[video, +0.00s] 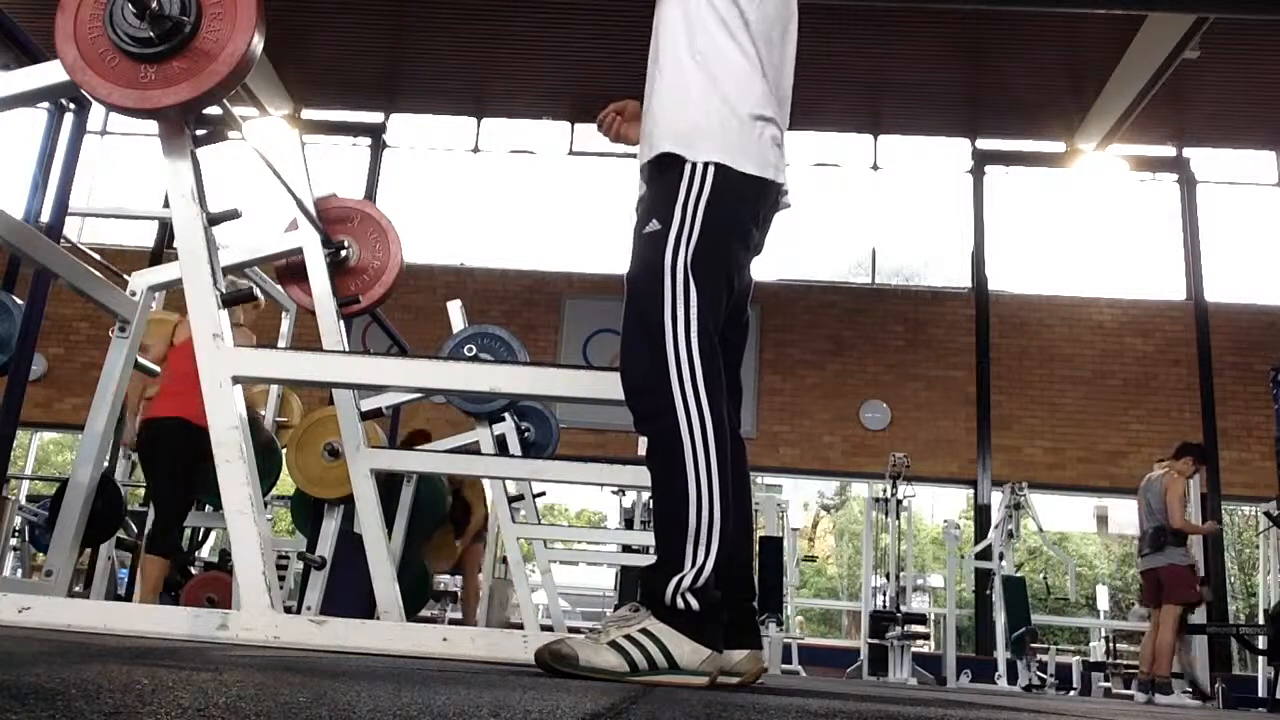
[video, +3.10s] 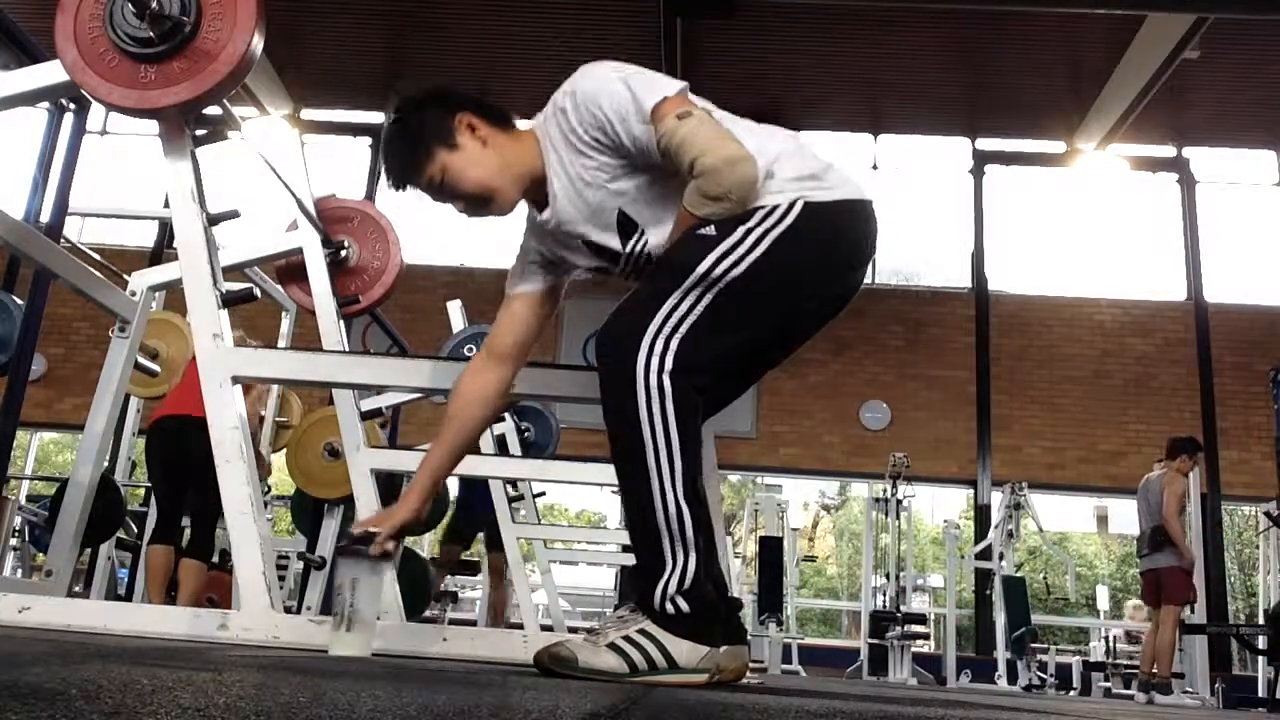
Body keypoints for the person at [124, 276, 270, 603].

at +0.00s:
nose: (250, 316)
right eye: (249, 311)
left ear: (209, 302)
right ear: (242, 310)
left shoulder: (184, 324)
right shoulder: (243, 335)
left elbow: (142, 369)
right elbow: (249, 388)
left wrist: (130, 416)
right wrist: (261, 420)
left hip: (154, 425)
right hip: (194, 431)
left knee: (166, 517)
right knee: (169, 519)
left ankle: (146, 606)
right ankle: (146, 610)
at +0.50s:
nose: (272, 346)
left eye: (272, 341)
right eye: (271, 340)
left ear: (238, 327)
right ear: (263, 334)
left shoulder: (202, 346)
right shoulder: (258, 352)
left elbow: (183, 392)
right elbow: (256, 403)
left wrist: (173, 421)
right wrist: (274, 433)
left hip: (179, 435)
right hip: (222, 440)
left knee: (180, 518)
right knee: (223, 520)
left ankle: (176, 606)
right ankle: (191, 598)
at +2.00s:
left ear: (231, 309)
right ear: (264, 311)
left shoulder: (210, 335)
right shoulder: (280, 344)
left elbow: (189, 395)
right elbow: (285, 407)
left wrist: (183, 433)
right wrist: (275, 440)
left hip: (207, 444)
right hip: (258, 450)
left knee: (186, 521)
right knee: (236, 531)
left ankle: (160, 605)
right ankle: (216, 616)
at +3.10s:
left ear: (223, 340)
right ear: (254, 354)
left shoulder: (196, 357)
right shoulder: (254, 367)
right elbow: (250, 410)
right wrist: (256, 453)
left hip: (162, 428)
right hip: (209, 432)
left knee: (167, 518)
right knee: (203, 526)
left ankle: (154, 610)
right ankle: (183, 616)